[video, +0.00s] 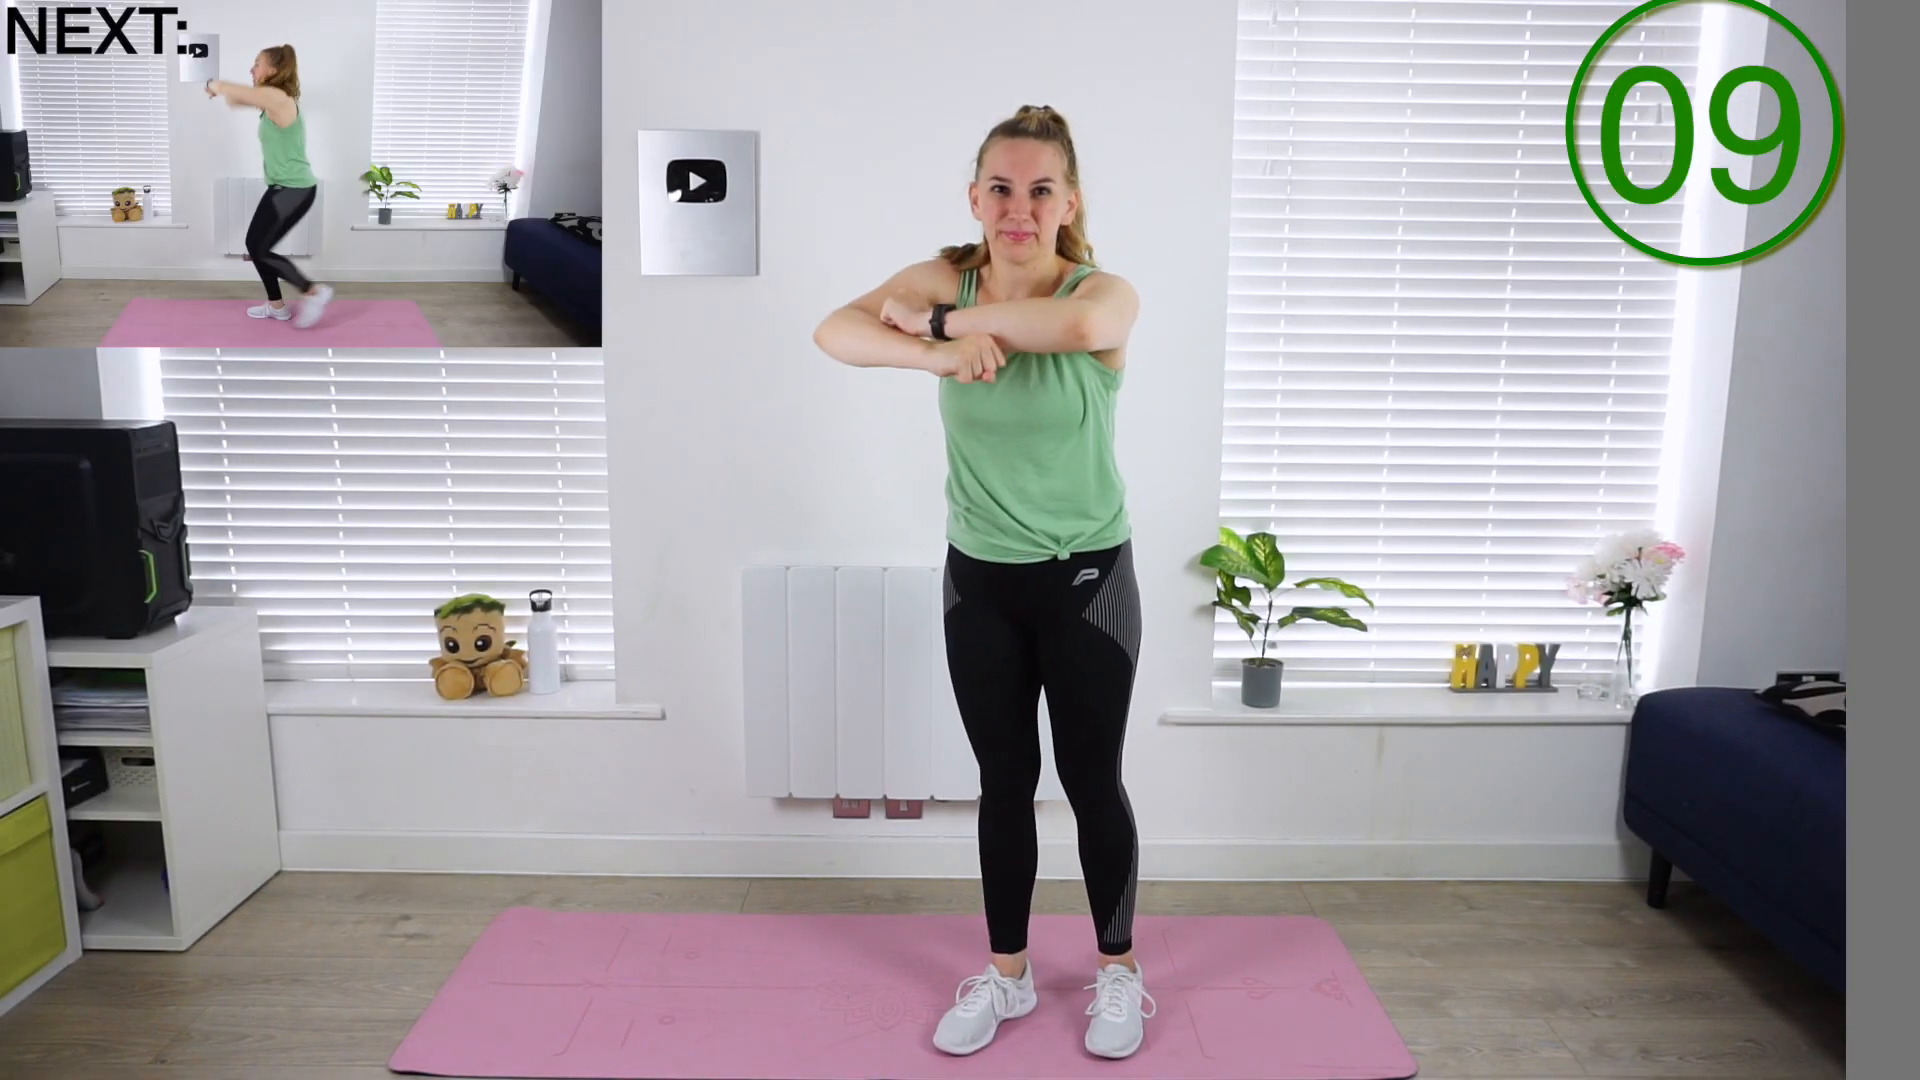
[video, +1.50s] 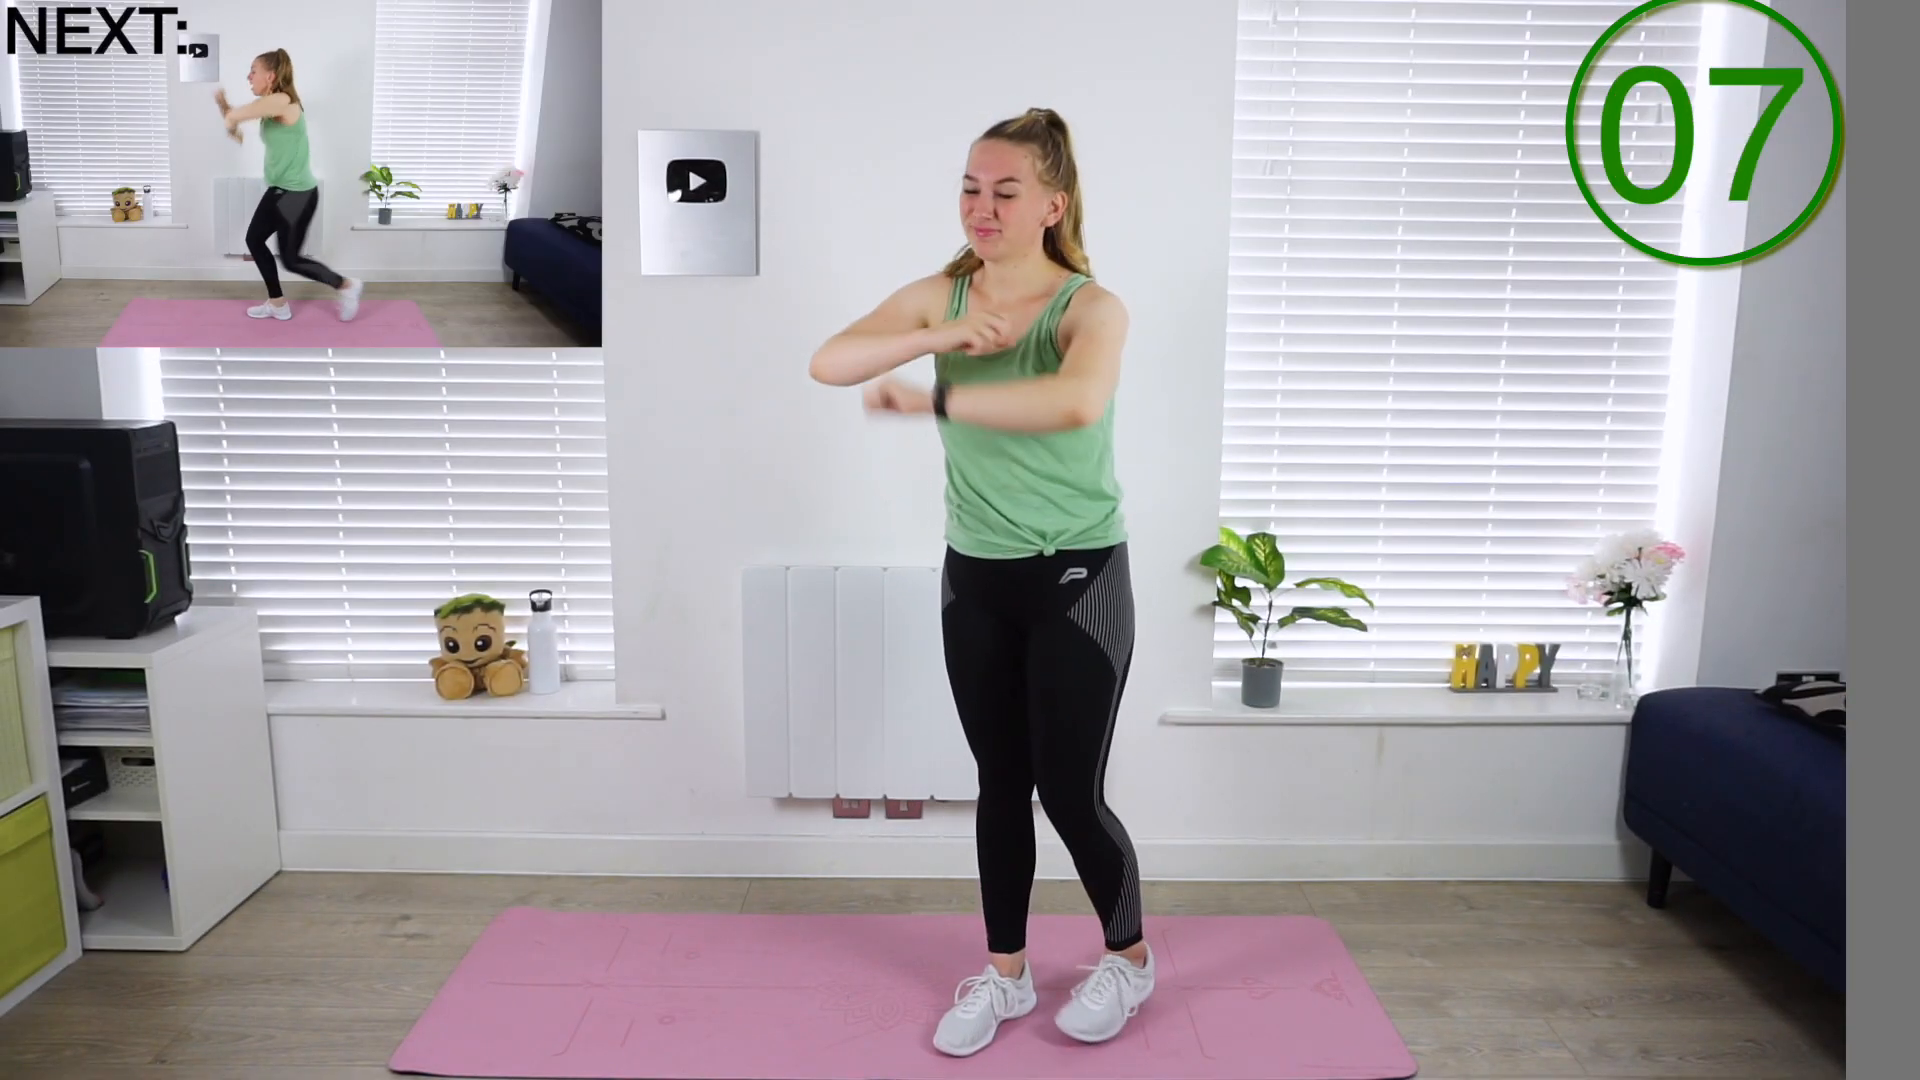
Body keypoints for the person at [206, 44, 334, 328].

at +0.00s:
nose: (252, 69)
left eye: (257, 65)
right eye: (254, 64)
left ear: (273, 69)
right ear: (273, 70)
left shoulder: (279, 98)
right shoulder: (271, 98)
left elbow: (225, 89)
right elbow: (238, 103)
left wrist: (217, 86)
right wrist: (224, 91)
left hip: (296, 188)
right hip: (281, 186)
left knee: (260, 248)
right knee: (255, 244)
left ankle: (315, 292)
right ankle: (277, 305)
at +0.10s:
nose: (259, 58)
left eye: (264, 55)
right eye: (261, 54)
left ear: (280, 63)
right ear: (280, 64)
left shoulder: (276, 88)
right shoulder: (279, 88)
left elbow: (231, 66)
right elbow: (253, 71)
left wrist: (227, 70)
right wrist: (237, 56)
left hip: (280, 182)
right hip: (281, 181)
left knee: (234, 241)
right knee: (256, 241)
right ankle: (278, 306)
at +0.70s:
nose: (253, 71)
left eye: (257, 65)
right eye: (253, 65)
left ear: (277, 67)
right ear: (275, 69)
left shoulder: (279, 94)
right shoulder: (275, 93)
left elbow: (230, 86)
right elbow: (246, 96)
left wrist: (228, 89)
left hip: (274, 186)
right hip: (269, 182)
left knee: (233, 243)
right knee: (256, 242)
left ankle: (224, 319)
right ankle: (277, 304)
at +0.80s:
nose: (244, 80)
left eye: (248, 74)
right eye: (244, 74)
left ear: (265, 72)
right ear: (266, 74)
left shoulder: (278, 99)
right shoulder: (270, 98)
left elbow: (228, 116)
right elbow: (234, 121)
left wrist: (219, 110)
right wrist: (233, 137)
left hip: (290, 187)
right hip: (279, 184)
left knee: (249, 243)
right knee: (259, 242)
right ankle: (275, 302)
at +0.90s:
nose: (238, 83)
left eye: (241, 76)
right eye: (238, 77)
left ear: (258, 75)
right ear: (259, 76)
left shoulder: (273, 101)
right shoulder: (269, 101)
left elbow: (235, 136)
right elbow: (256, 133)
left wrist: (221, 145)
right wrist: (244, 136)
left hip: (302, 186)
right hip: (282, 184)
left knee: (278, 249)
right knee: (266, 240)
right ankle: (278, 303)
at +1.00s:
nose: (236, 83)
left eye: (239, 76)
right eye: (236, 77)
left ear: (255, 76)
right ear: (256, 77)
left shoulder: (276, 101)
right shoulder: (261, 102)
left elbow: (243, 145)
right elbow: (248, 133)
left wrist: (242, 155)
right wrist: (235, 144)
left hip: (311, 184)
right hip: (286, 184)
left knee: (312, 251)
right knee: (269, 236)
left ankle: (357, 290)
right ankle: (279, 302)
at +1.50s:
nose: (249, 78)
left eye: (253, 73)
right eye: (250, 72)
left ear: (271, 76)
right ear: (271, 77)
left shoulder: (281, 100)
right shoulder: (273, 102)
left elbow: (233, 117)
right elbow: (238, 120)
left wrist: (233, 129)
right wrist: (225, 109)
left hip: (299, 192)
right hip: (279, 189)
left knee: (290, 259)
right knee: (255, 239)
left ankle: (347, 285)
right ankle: (277, 302)